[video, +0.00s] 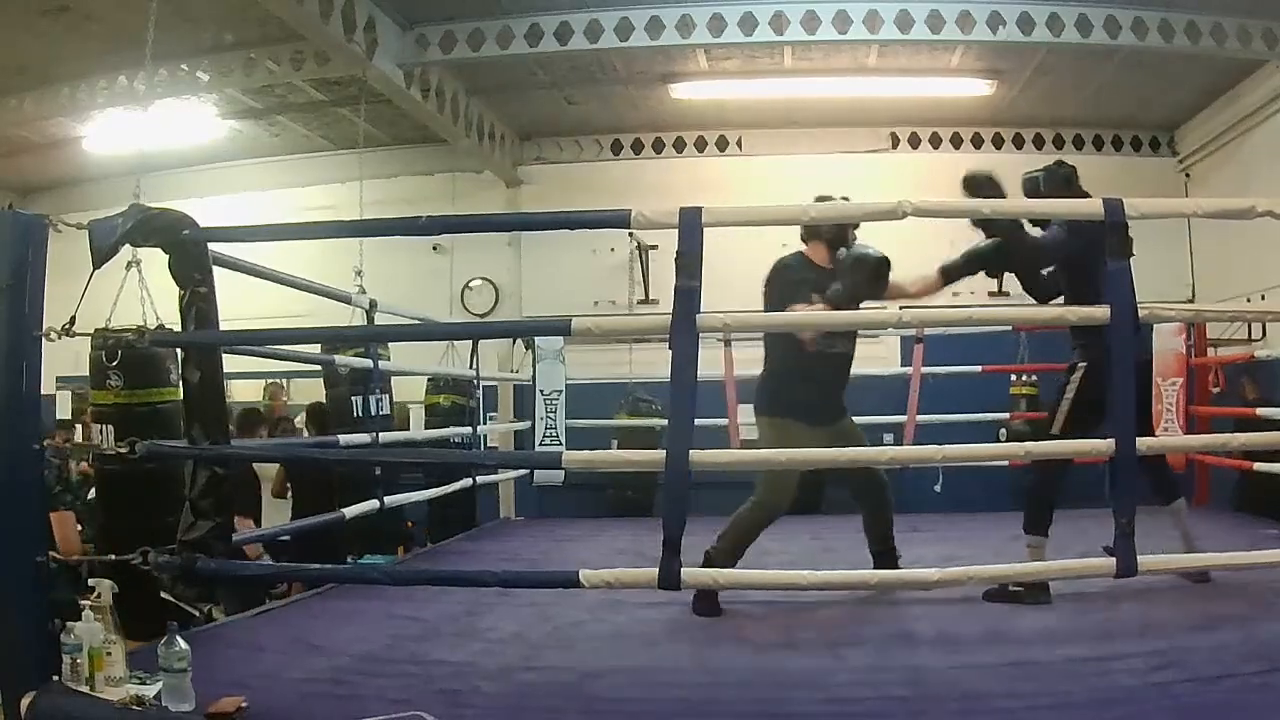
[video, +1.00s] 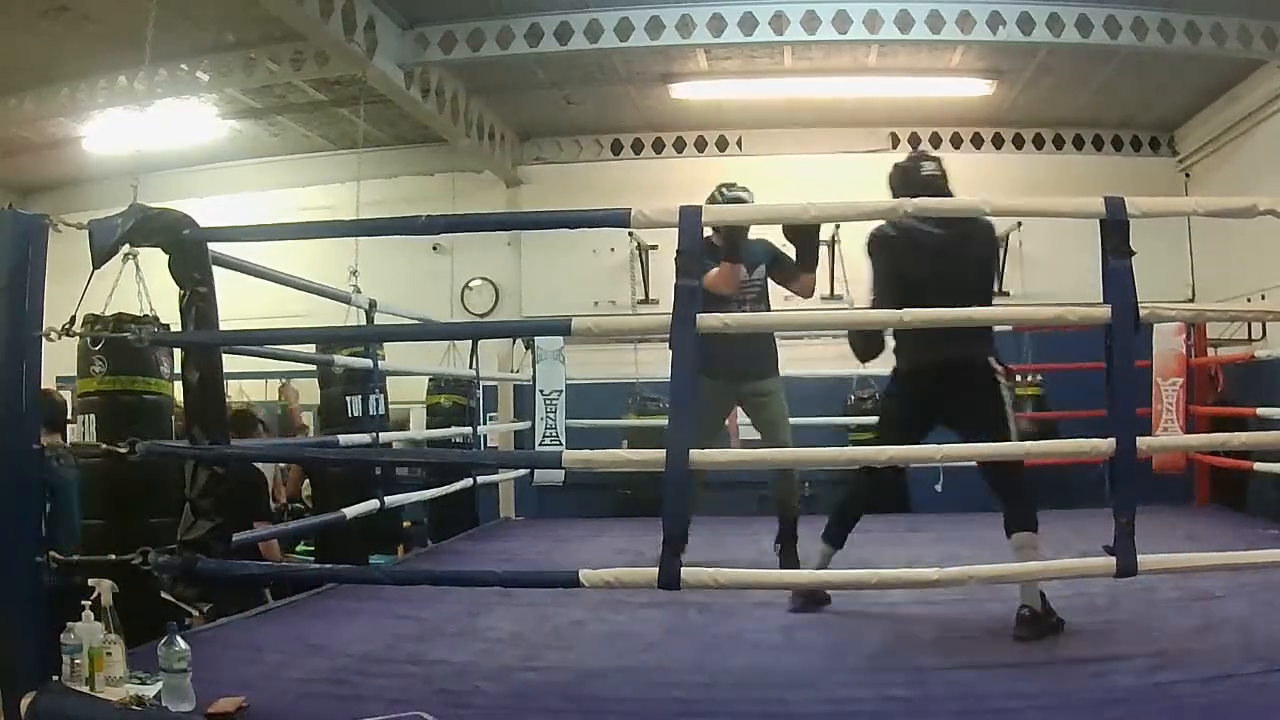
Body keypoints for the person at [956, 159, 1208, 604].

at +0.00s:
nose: (1035, 212)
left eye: (1038, 202)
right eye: (1034, 204)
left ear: (1056, 194)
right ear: (1074, 188)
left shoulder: (1079, 224)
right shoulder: (1098, 228)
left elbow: (1034, 250)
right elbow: (1043, 290)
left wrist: (1002, 221)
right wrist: (1011, 259)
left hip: (1097, 356)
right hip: (1132, 353)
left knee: (1048, 453)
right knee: (1145, 448)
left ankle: (1033, 573)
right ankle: (1193, 551)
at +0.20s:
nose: (1053, 219)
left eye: (1057, 212)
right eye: (1054, 212)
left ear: (1070, 209)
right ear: (1102, 207)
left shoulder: (1073, 240)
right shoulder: (1135, 250)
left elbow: (1027, 272)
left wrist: (962, 274)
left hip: (1083, 379)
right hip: (1135, 379)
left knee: (1027, 459)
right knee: (1162, 459)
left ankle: (1020, 576)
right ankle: (1219, 556)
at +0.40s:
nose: (1029, 215)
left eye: (1032, 208)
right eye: (1030, 209)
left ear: (1044, 205)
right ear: (1083, 197)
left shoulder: (1041, 240)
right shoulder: (1116, 236)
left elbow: (986, 278)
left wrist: (938, 309)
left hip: (1070, 378)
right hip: (1126, 375)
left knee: (1018, 458)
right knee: (1159, 453)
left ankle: (1008, 565)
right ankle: (1201, 552)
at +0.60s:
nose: (1001, 206)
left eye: (1003, 200)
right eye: (1004, 201)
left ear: (1011, 200)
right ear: (1057, 196)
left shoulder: (999, 233)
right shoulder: (1091, 232)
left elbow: (929, 251)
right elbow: (1127, 243)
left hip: (1035, 382)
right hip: (1096, 379)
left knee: (986, 469)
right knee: (1145, 461)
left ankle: (935, 572)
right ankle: (1198, 569)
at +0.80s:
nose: (943, 188)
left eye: (945, 180)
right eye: (943, 181)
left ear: (955, 176)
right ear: (993, 170)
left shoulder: (947, 207)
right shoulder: (1036, 209)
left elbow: (899, 275)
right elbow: (1045, 284)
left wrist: (883, 260)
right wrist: (1006, 298)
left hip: (968, 352)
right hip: (1030, 350)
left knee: (937, 449)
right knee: (1066, 451)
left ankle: (907, 563)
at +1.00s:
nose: (894, 203)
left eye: (894, 195)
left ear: (899, 195)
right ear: (947, 188)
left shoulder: (888, 238)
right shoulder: (981, 231)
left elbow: (885, 313)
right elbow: (982, 294)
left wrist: (863, 337)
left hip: (914, 379)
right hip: (973, 378)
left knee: (873, 472)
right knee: (1011, 482)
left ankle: (810, 577)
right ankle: (1032, 603)